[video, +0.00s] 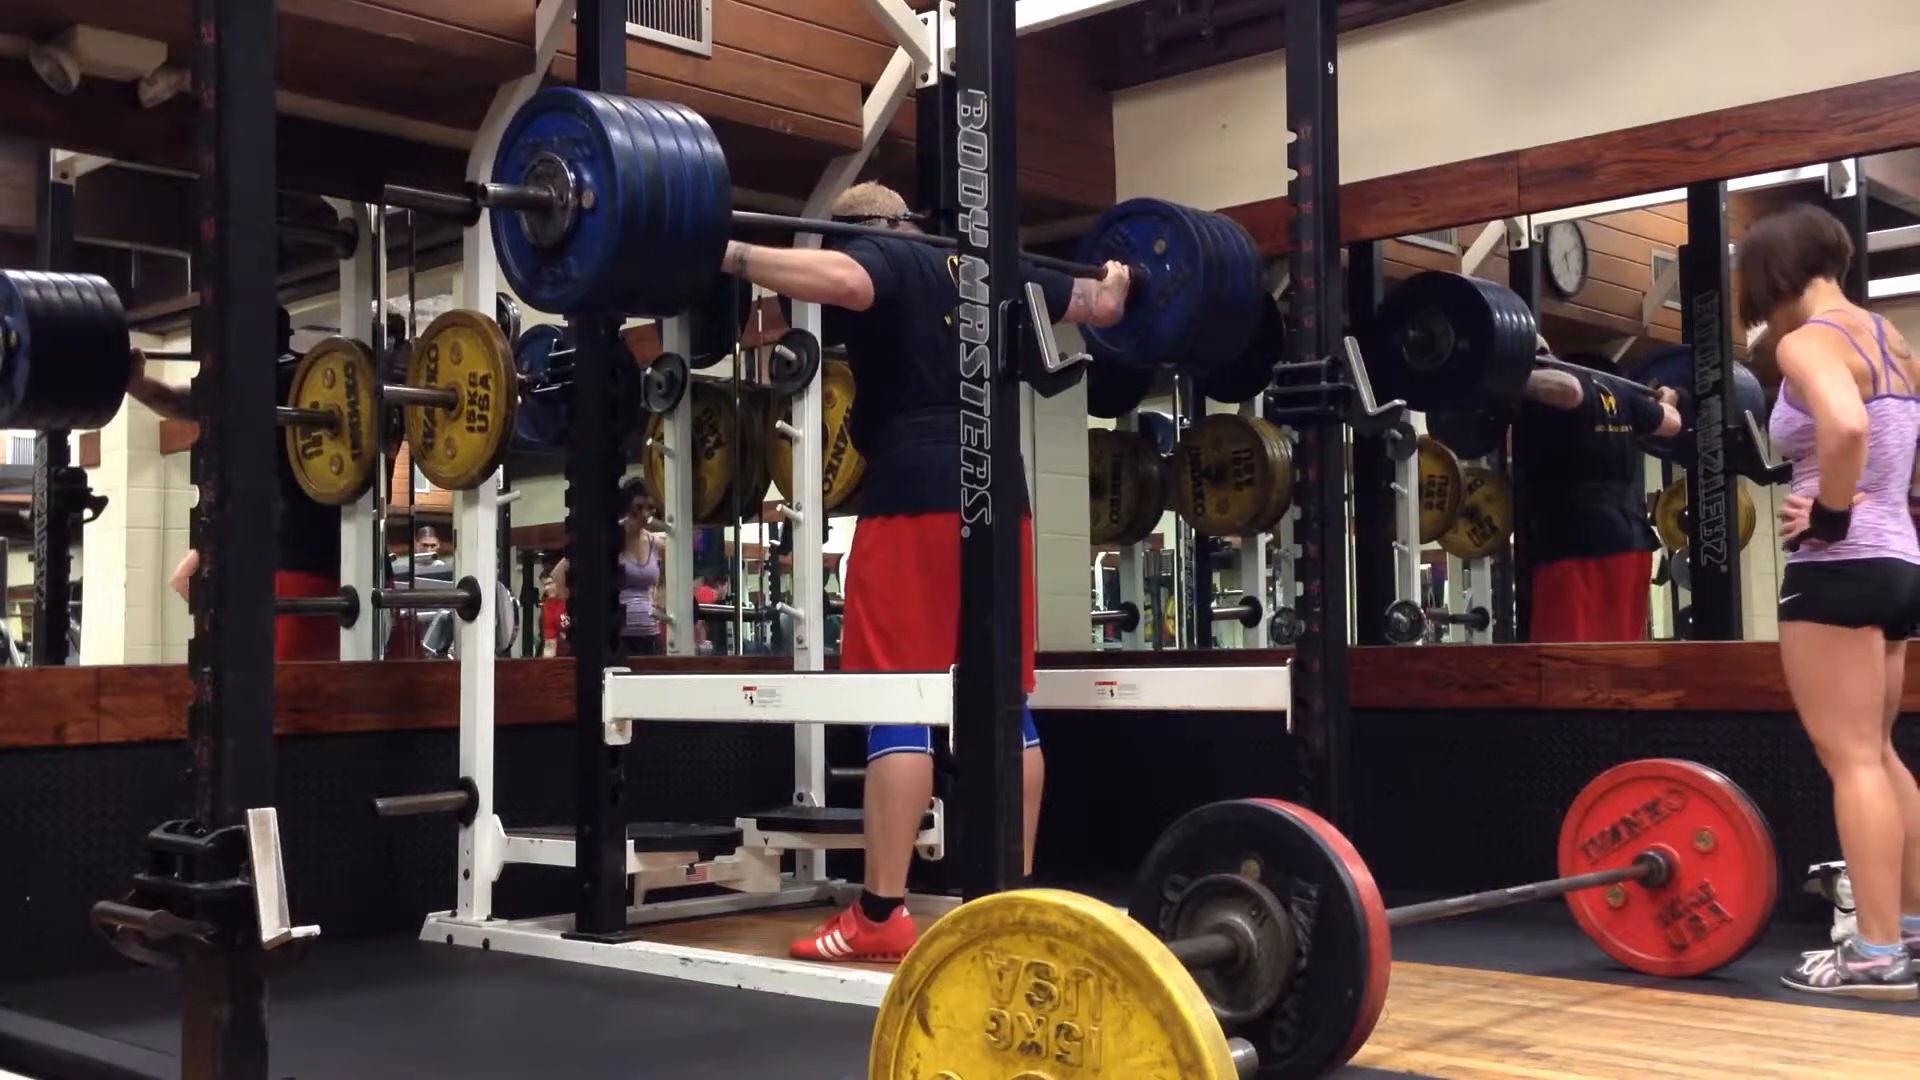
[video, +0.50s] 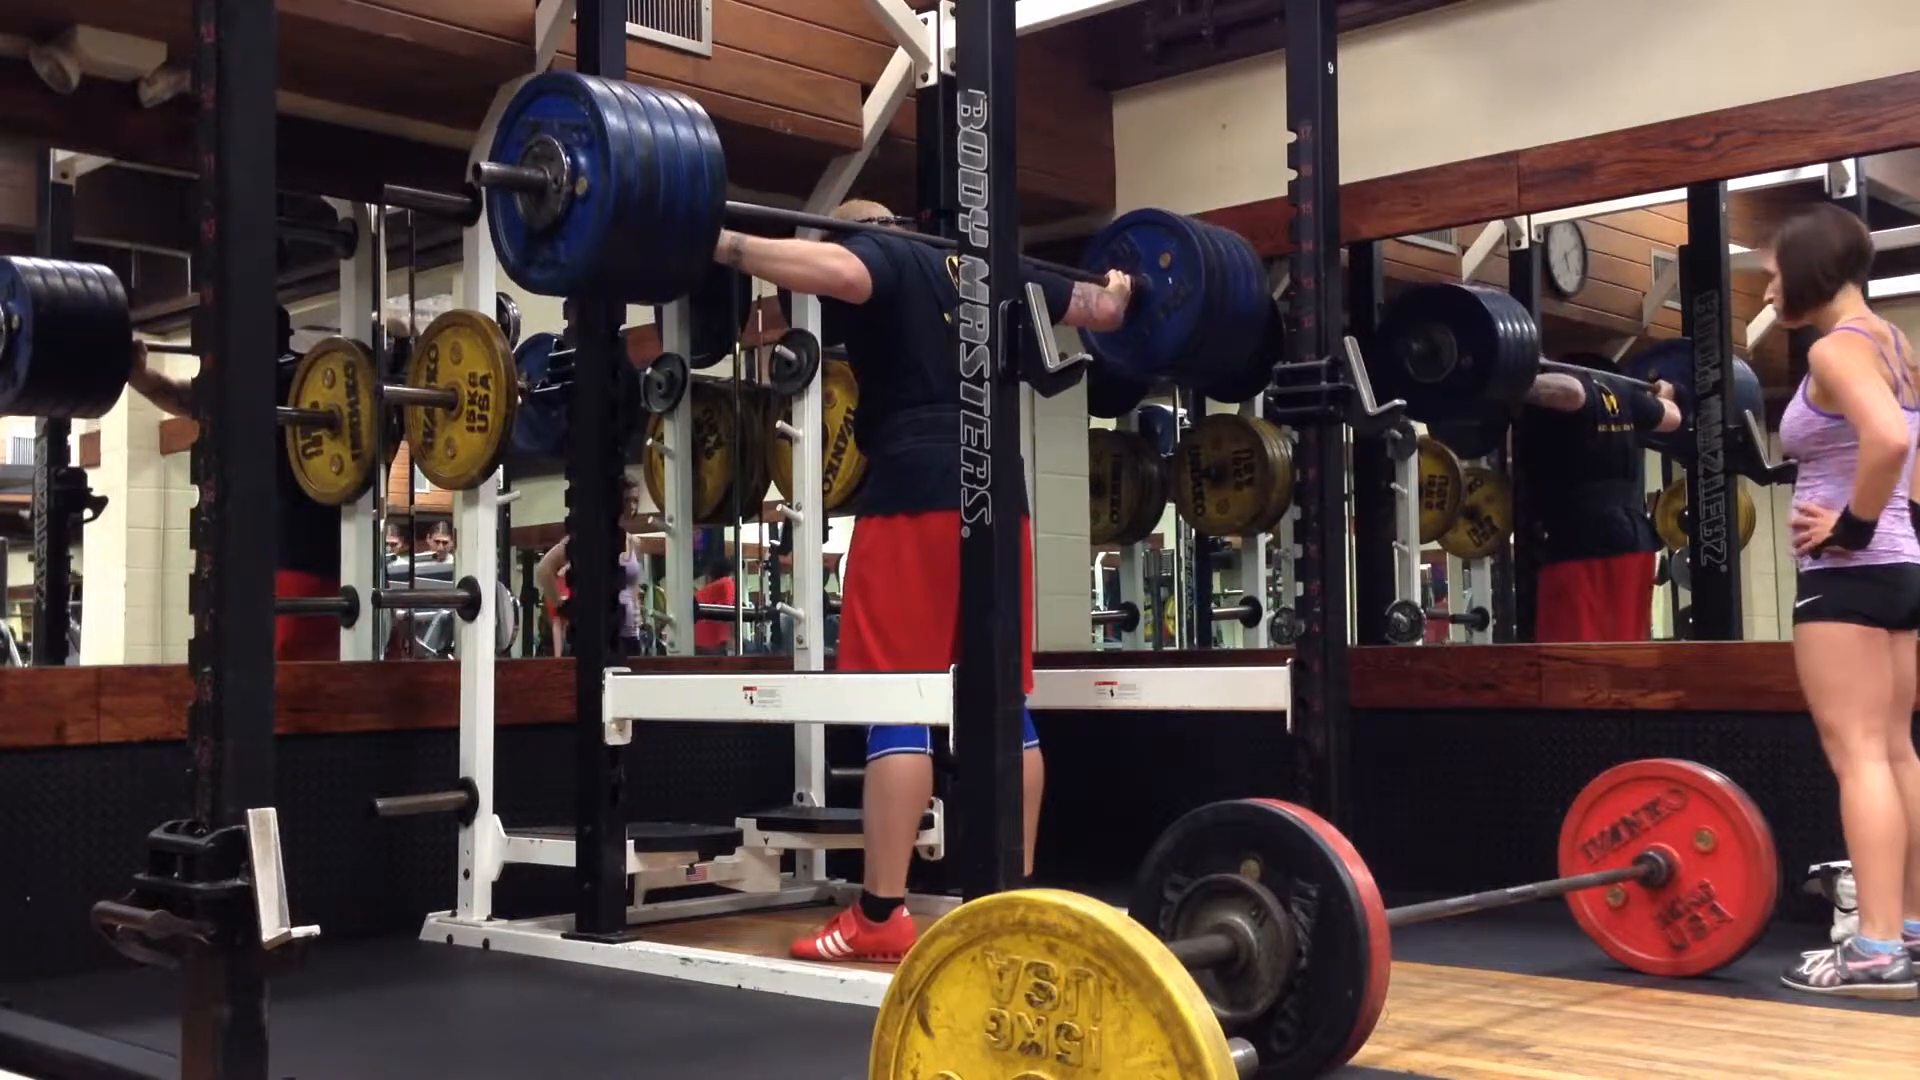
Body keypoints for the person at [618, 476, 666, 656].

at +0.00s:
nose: (645, 514)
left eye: (650, 507)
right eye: (639, 507)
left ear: (654, 510)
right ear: (626, 508)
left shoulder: (655, 542)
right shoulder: (614, 539)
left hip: (649, 624)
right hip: (620, 624)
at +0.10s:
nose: (646, 510)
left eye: (649, 503)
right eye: (639, 504)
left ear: (653, 505)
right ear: (624, 508)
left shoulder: (652, 543)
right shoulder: (604, 541)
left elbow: (657, 580)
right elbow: (556, 573)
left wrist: (655, 604)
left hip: (647, 629)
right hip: (613, 628)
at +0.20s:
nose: (643, 509)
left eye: (646, 503)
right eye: (636, 504)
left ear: (650, 505)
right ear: (621, 506)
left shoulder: (648, 544)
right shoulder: (599, 539)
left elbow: (648, 584)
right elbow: (553, 572)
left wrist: (648, 613)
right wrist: (569, 607)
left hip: (641, 628)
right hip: (606, 628)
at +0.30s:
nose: (641, 508)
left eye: (643, 502)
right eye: (635, 502)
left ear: (647, 503)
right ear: (620, 505)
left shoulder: (643, 543)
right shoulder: (598, 538)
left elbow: (645, 582)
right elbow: (551, 571)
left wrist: (646, 611)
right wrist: (568, 605)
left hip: (640, 629)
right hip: (607, 630)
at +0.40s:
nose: (635, 508)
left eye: (638, 501)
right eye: (630, 501)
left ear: (641, 502)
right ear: (615, 503)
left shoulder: (638, 543)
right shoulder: (588, 538)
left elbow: (639, 583)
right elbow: (547, 570)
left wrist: (639, 608)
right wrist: (563, 607)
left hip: (635, 630)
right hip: (599, 630)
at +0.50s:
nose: (632, 507)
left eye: (635, 501)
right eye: (627, 500)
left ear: (638, 503)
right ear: (613, 501)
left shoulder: (633, 541)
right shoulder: (584, 537)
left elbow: (634, 585)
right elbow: (544, 570)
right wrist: (558, 605)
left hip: (628, 627)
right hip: (592, 628)